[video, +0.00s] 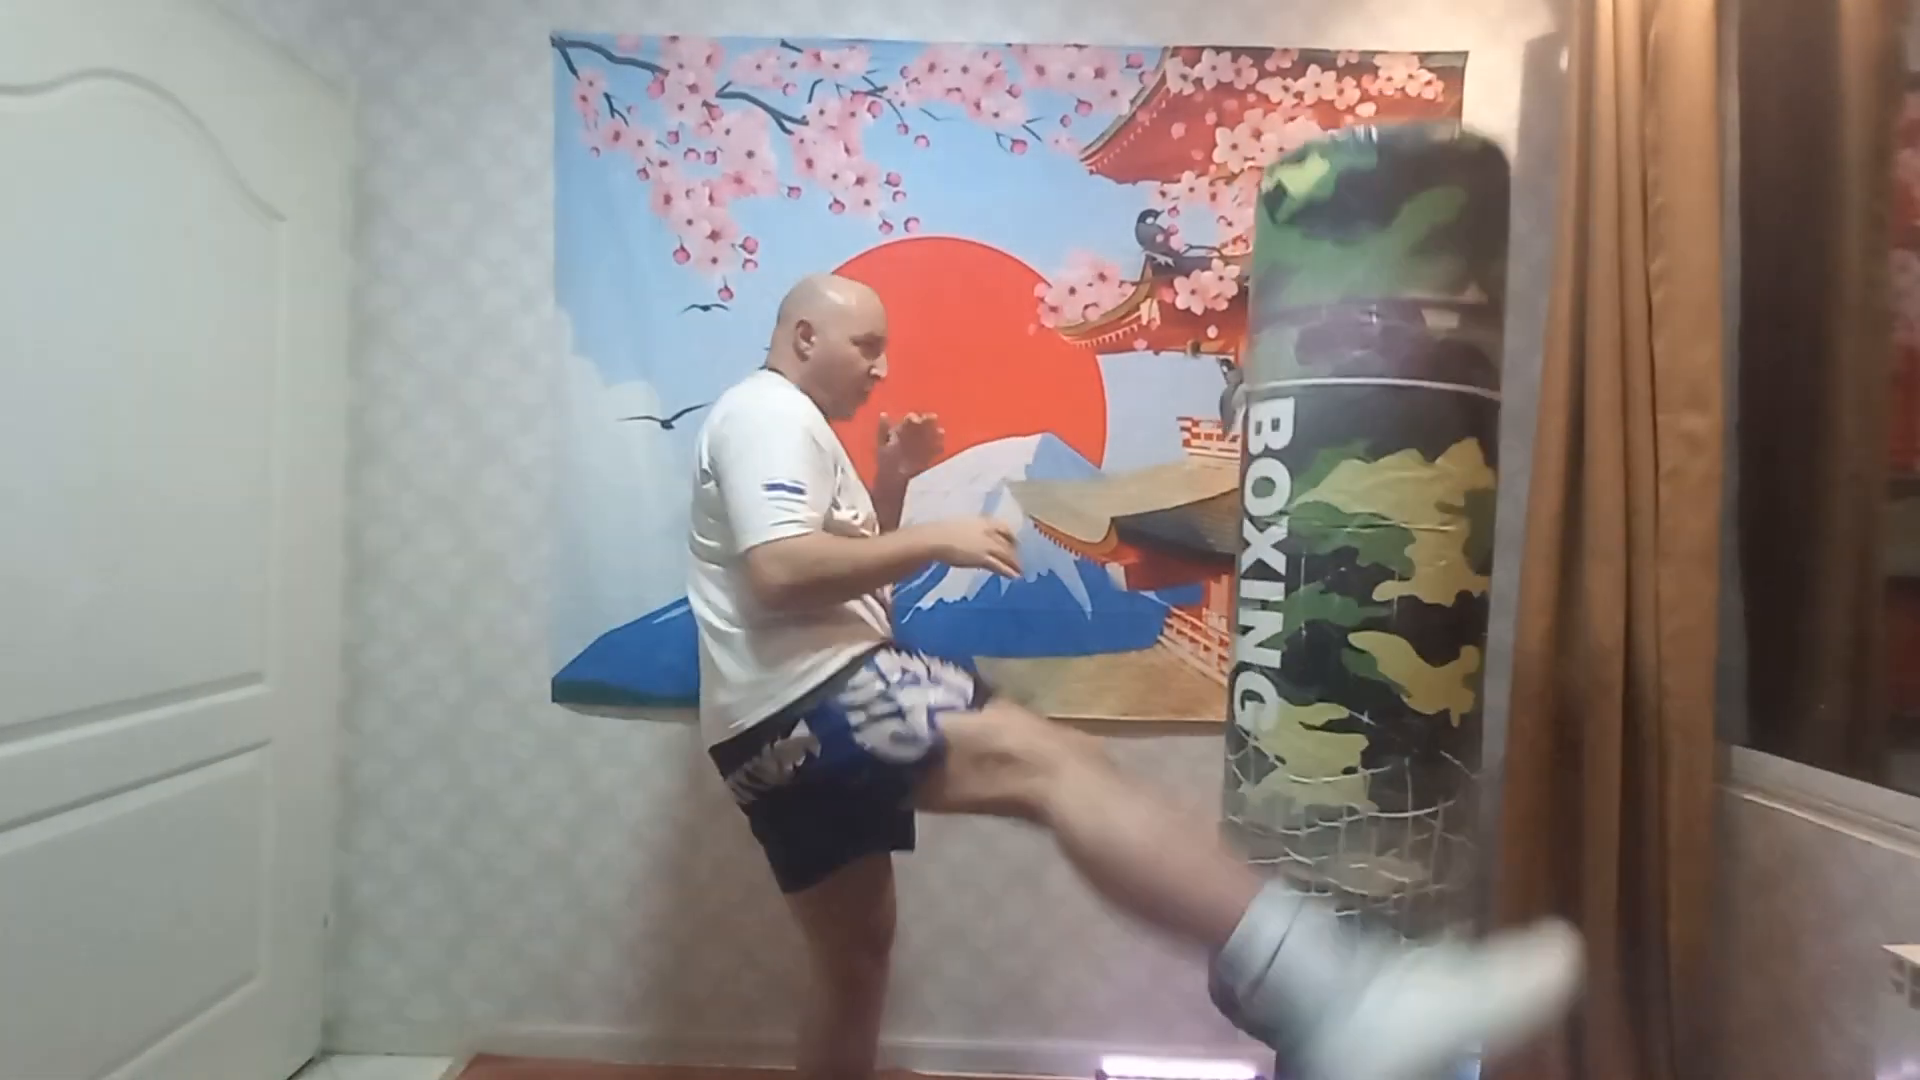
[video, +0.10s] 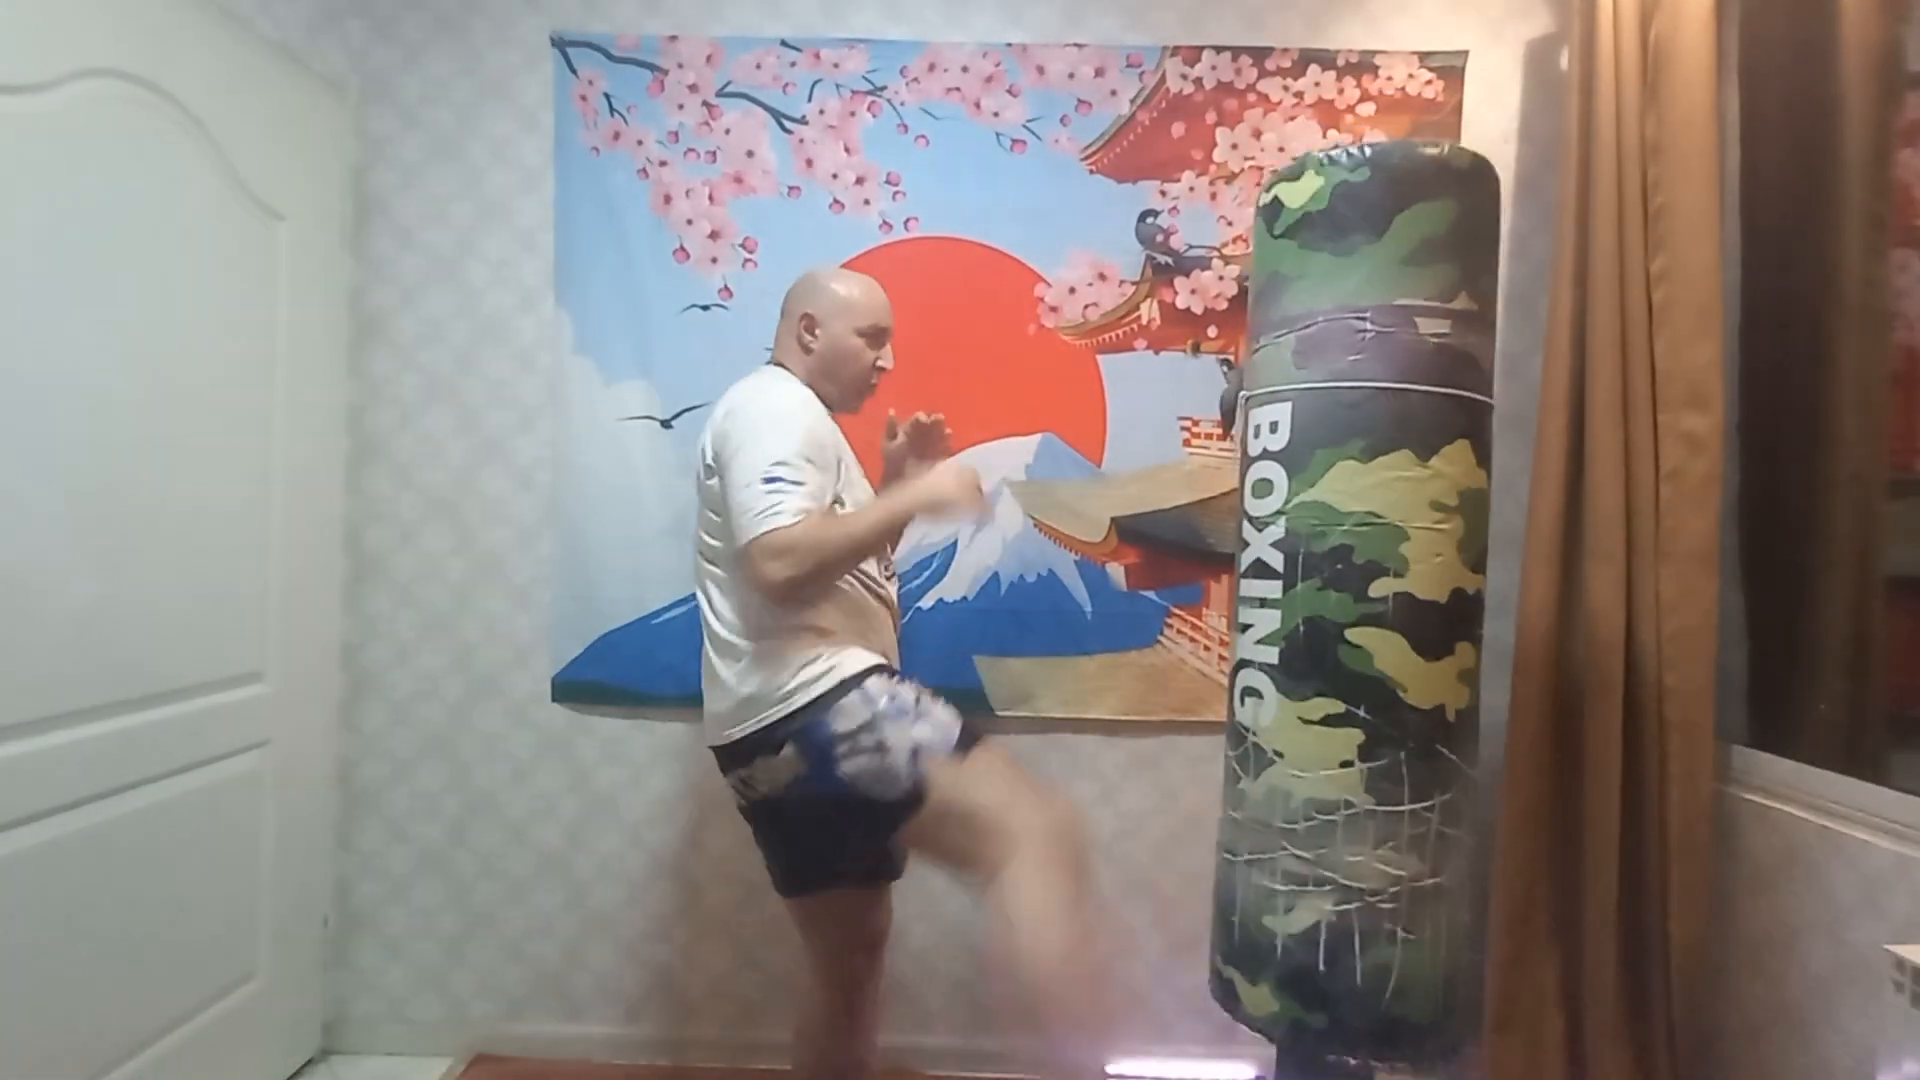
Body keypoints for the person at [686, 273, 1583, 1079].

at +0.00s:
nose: (877, 370)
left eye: (879, 354)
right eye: (863, 348)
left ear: (809, 343)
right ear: (798, 336)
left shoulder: (787, 429)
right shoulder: (768, 411)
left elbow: (816, 576)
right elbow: (777, 569)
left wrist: (887, 505)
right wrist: (933, 541)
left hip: (780, 719)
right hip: (811, 695)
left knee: (850, 971)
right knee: (1057, 763)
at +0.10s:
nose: (885, 358)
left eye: (887, 341)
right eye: (871, 337)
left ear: (808, 337)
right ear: (807, 332)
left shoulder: (799, 421)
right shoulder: (772, 405)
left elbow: (837, 567)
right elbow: (777, 560)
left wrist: (895, 486)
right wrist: (910, 500)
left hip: (769, 729)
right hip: (820, 701)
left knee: (846, 961)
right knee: (1032, 832)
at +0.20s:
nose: (886, 350)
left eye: (888, 332)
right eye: (870, 329)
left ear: (802, 331)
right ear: (805, 325)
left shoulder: (777, 403)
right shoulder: (782, 398)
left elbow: (854, 553)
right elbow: (846, 529)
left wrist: (902, 461)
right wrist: (951, 427)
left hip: (782, 737)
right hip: (812, 733)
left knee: (848, 989)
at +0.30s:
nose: (883, 342)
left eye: (885, 325)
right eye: (868, 320)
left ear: (806, 321)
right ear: (801, 316)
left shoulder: (822, 416)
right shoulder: (762, 395)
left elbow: (885, 561)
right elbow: (947, 448)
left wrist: (901, 471)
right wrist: (1097, 369)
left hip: (849, 751)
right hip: (778, 759)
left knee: (841, 1031)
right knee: (817, 1036)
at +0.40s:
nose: (888, 333)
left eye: (889, 315)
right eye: (868, 310)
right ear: (797, 311)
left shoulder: (859, 431)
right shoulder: (744, 391)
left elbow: (923, 569)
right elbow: (918, 449)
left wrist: (914, 473)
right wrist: (1102, 380)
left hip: (867, 769)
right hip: (747, 781)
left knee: (907, 965)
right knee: (705, 1039)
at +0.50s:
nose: (906, 323)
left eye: (907, 304)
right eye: (886, 301)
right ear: (810, 301)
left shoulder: (899, 426)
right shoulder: (724, 403)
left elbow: (1006, 504)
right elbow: (789, 539)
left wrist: (1002, 407)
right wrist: (980, 463)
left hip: (872, 772)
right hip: (738, 784)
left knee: (948, 955)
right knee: (688, 1050)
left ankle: (912, 1078)